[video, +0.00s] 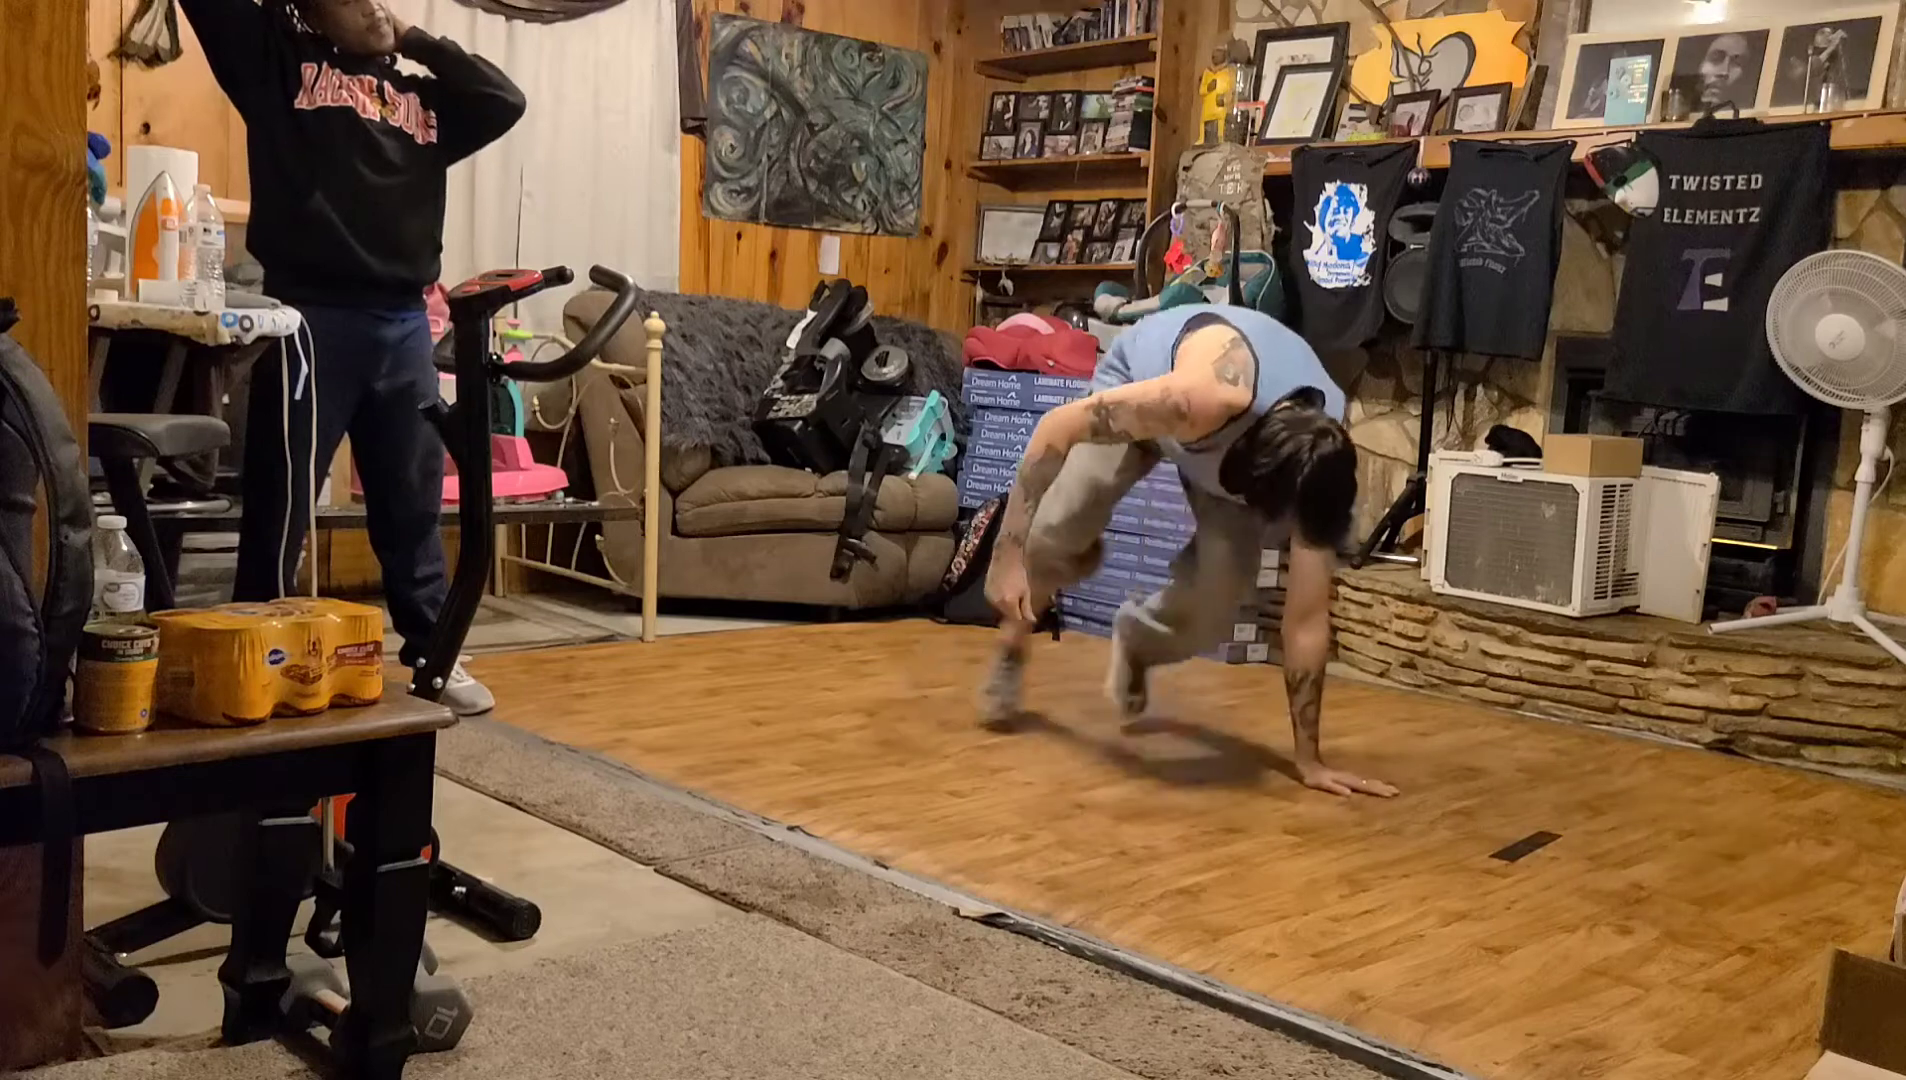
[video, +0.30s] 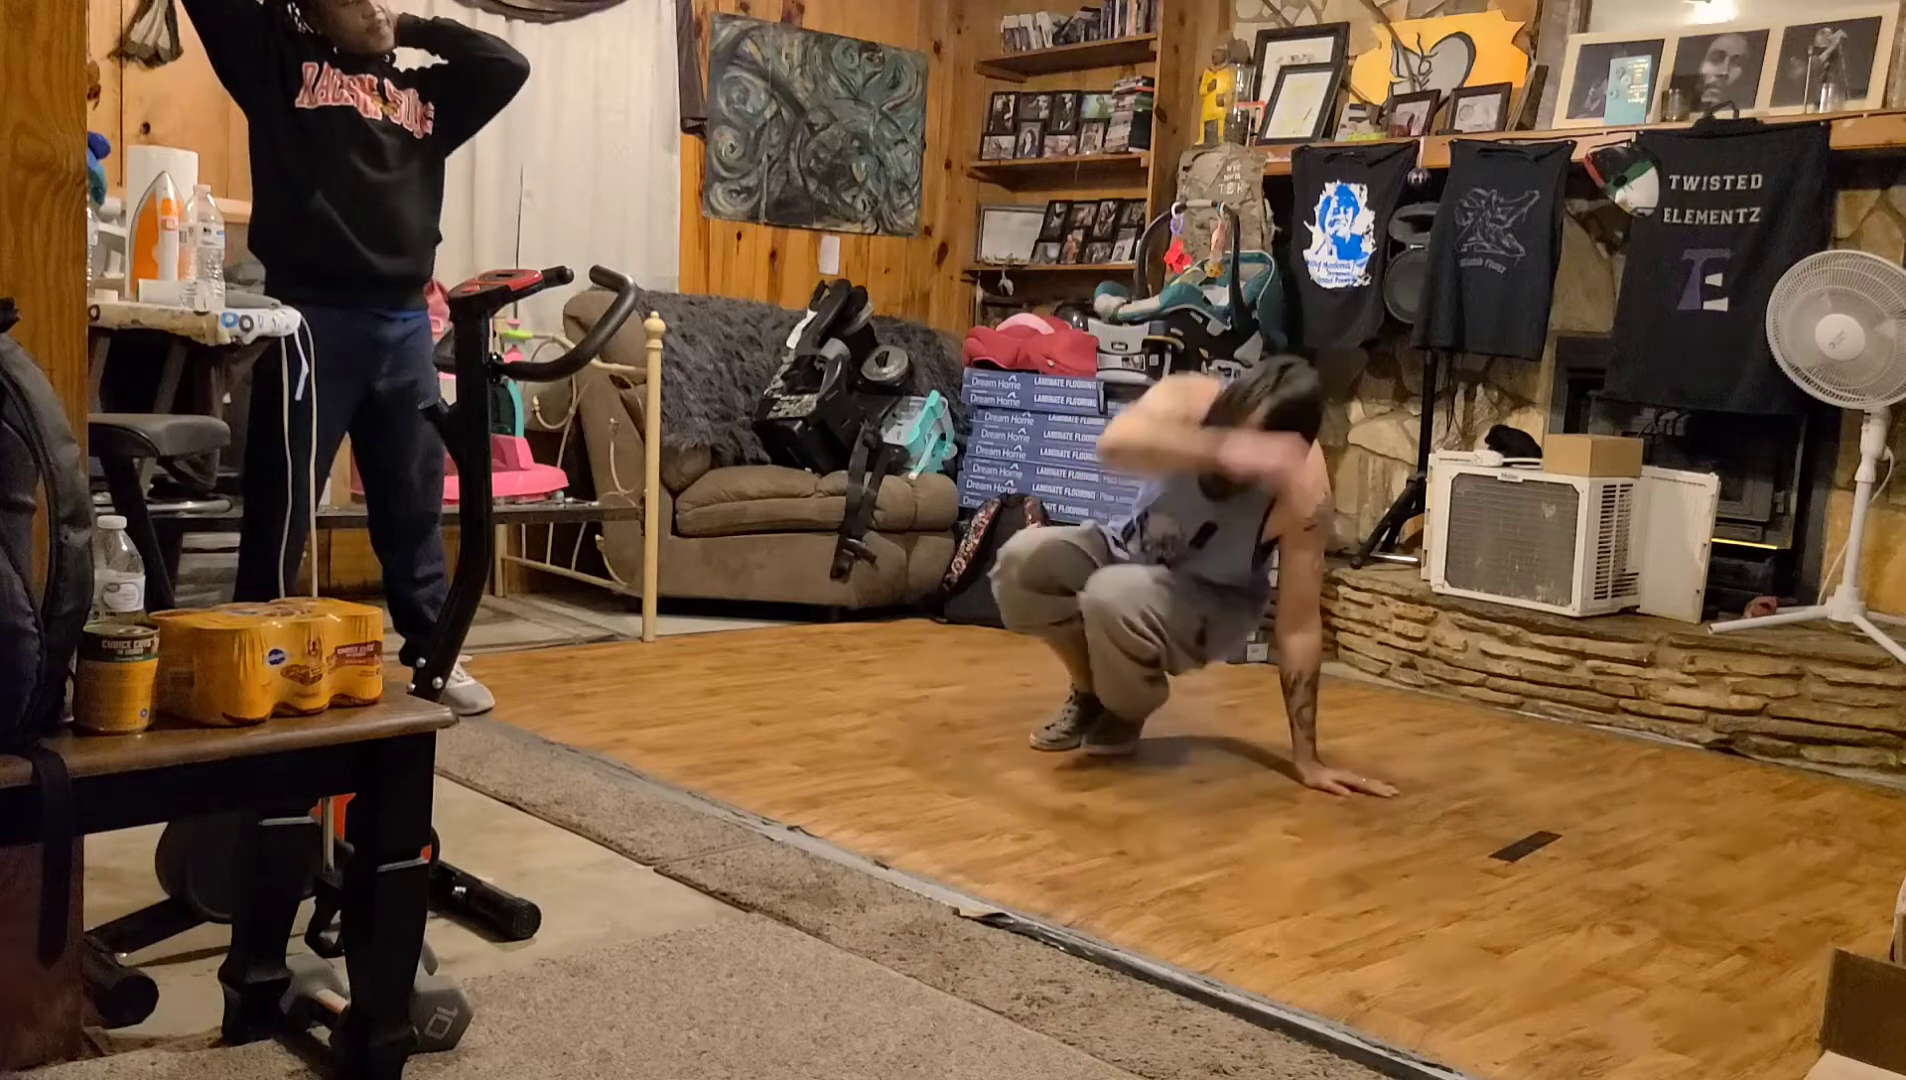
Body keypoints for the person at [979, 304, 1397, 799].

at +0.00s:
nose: (1289, 527)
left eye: (1301, 520)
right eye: (1287, 516)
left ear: (1325, 482)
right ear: (1261, 475)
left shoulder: (1322, 469)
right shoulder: (1196, 401)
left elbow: (1307, 618)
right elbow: (1057, 428)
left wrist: (1310, 759)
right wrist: (1008, 552)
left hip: (1231, 446)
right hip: (1140, 388)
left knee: (1215, 606)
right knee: (1057, 530)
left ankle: (1136, 638)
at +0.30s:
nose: (1246, 457)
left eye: (1267, 453)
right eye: (1241, 440)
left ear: (1298, 447)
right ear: (1230, 411)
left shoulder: (1305, 483)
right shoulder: (1190, 395)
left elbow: (1300, 628)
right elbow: (1115, 446)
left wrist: (1307, 759)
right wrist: (1222, 448)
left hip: (1216, 599)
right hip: (1130, 558)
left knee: (1113, 597)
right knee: (1024, 560)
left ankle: (1124, 711)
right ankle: (1088, 691)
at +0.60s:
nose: (1292, 431)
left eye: (1313, 432)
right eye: (1291, 409)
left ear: (1346, 434)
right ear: (1299, 371)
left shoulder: (1333, 484)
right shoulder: (1256, 347)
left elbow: (1313, 621)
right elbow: (1140, 317)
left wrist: (1308, 758)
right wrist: (1138, 345)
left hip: (1183, 558)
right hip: (1113, 496)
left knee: (1076, 543)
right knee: (953, 537)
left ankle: (935, 730)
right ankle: (827, 697)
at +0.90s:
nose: (1160, 421)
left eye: (1180, 411)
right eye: (1153, 401)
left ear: (1228, 417)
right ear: (1147, 385)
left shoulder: (1260, 490)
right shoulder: (1107, 402)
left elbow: (1281, 632)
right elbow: (1032, 490)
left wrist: (1317, 757)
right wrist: (942, 589)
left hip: (1202, 610)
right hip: (1109, 576)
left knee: (1083, 566)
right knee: (992, 544)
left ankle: (1149, 734)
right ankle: (1086, 717)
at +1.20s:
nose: (1028, 376)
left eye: (1038, 356)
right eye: (1012, 365)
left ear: (1065, 338)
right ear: (997, 369)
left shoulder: (1116, 340)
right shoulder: (1028, 452)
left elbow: (1198, 287)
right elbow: (1063, 595)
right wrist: (1058, 727)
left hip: (1219, 566)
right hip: (1117, 580)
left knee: (1134, 515)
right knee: (1017, 524)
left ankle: (1188, 769)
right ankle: (1055, 761)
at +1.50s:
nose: (1077, 390)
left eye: (1093, 373)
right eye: (1062, 375)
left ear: (1127, 369)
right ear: (1046, 378)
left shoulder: (1190, 425)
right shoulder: (1039, 451)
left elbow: (1264, 539)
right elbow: (1036, 569)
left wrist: (1339, 638)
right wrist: (1037, 688)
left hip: (1191, 616)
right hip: (1088, 611)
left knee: (1107, 569)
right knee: (1001, 566)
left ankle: (1129, 730)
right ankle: (1076, 723)